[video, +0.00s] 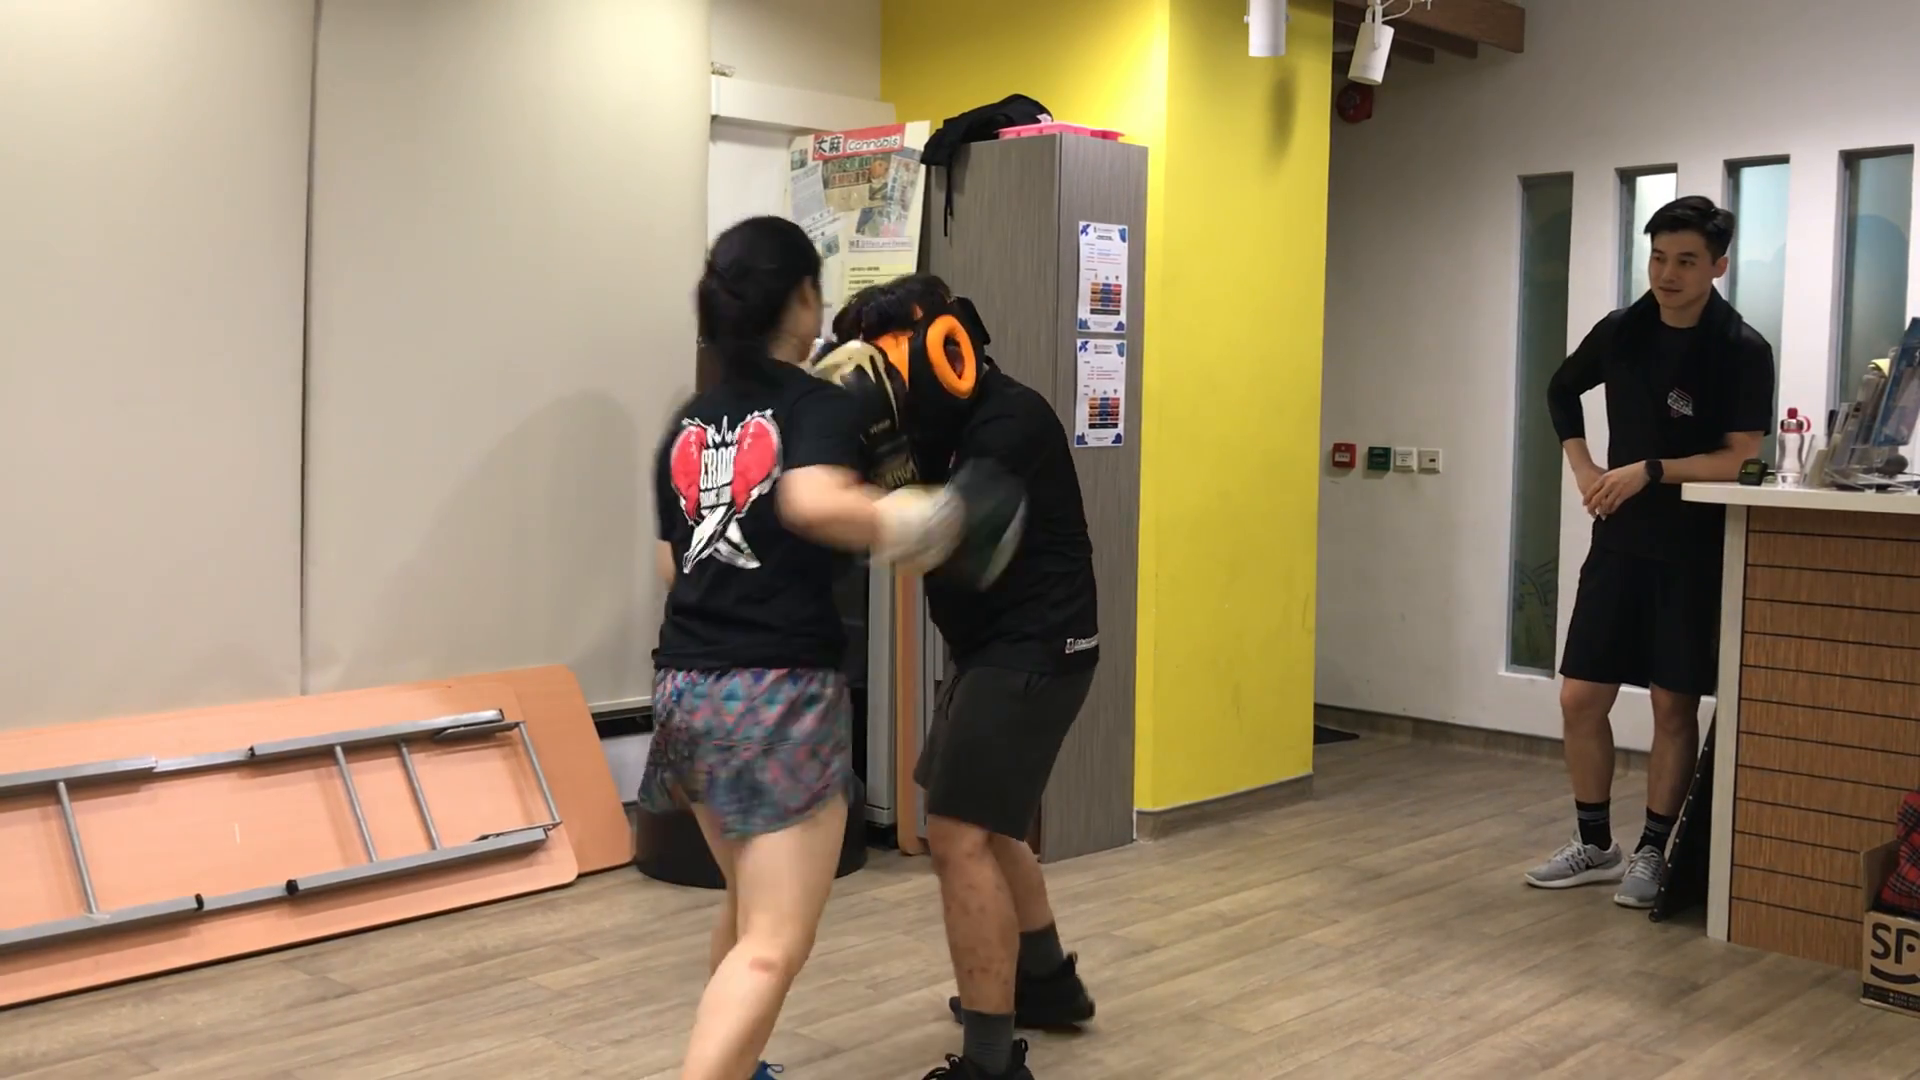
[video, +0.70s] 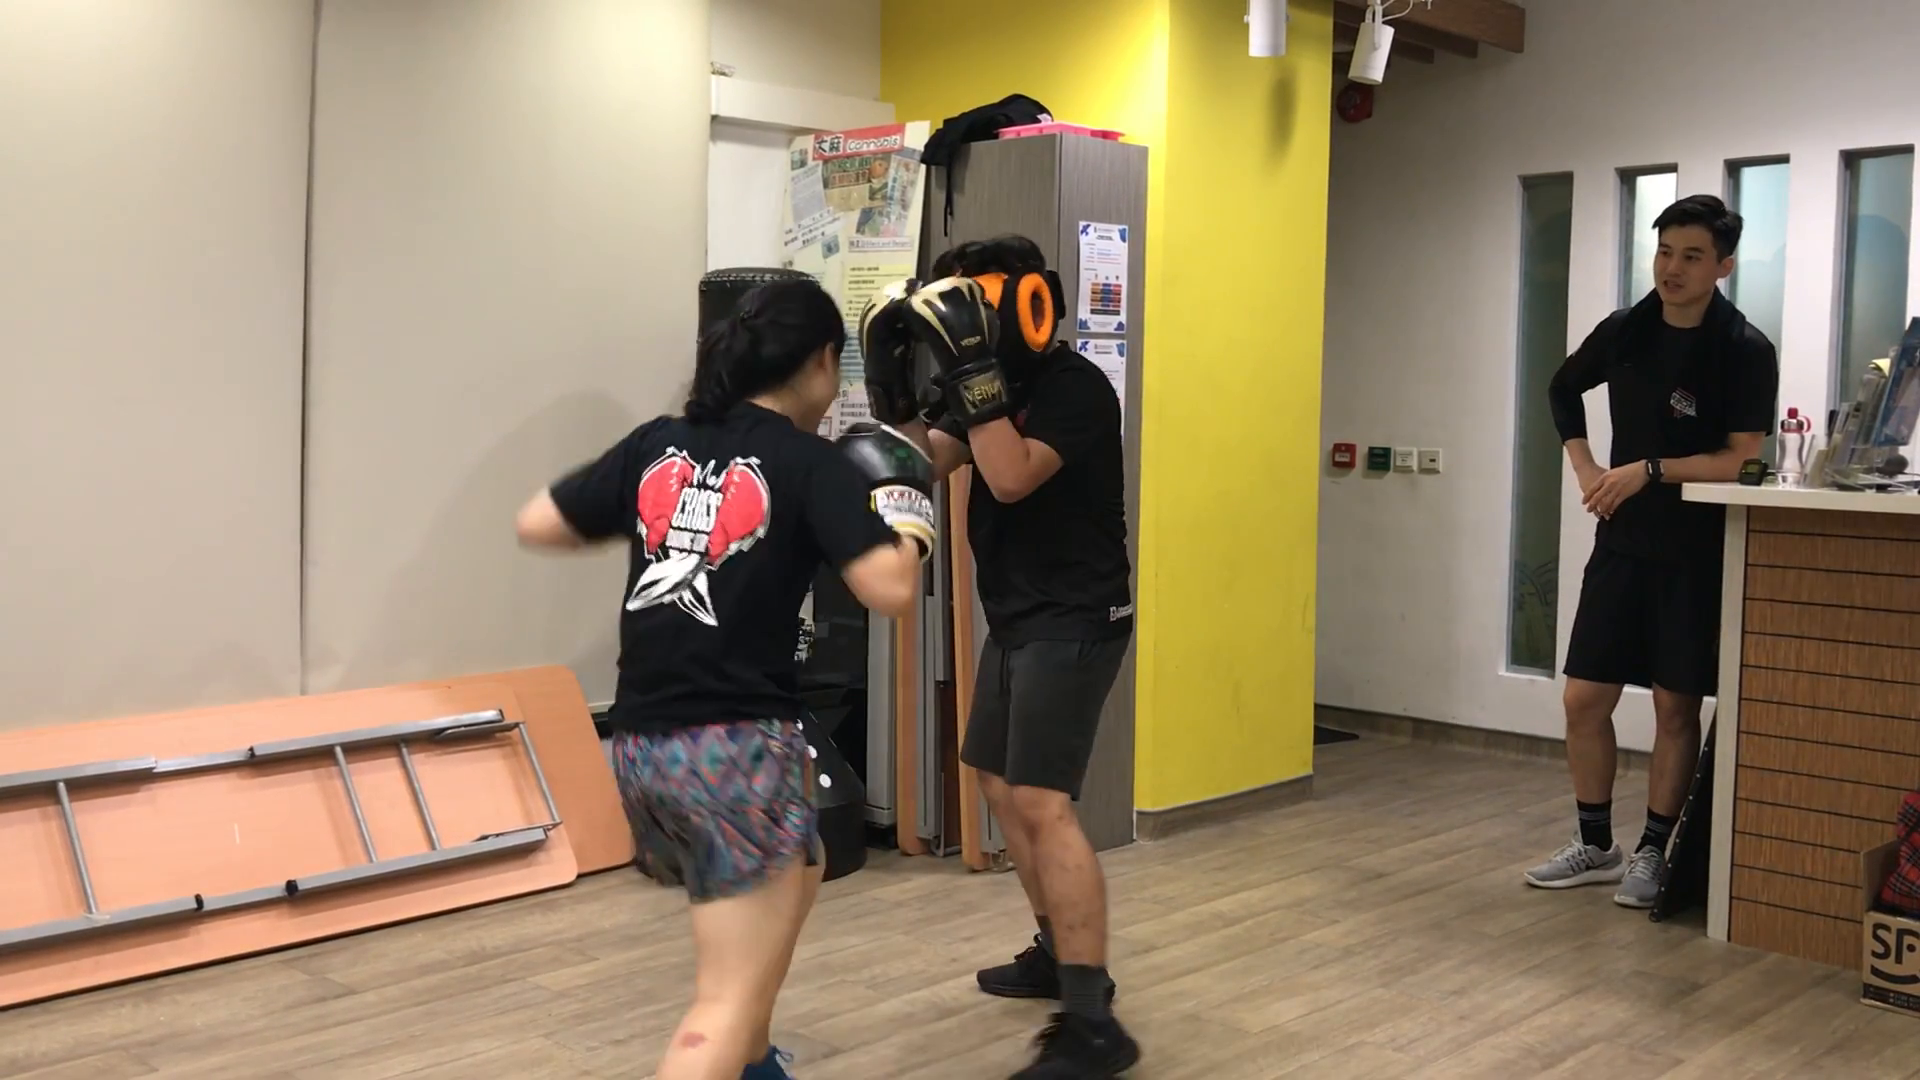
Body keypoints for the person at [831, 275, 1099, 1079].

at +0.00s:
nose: (875, 386)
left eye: (881, 366)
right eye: (869, 369)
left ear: (931, 353)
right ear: (939, 350)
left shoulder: (1010, 420)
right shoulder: (948, 425)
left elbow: (957, 545)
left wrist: (884, 472)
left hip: (1037, 649)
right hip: (997, 646)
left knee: (955, 832)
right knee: (989, 820)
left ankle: (988, 1056)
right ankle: (1046, 980)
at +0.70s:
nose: (964, 322)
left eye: (974, 304)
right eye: (957, 307)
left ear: (1022, 303)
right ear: (983, 315)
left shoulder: (1074, 385)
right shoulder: (997, 389)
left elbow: (1012, 476)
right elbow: (933, 456)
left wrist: (974, 372)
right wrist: (901, 378)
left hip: (1072, 623)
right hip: (1013, 623)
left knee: (1040, 802)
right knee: (995, 779)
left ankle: (1092, 1021)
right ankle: (1057, 949)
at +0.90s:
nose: (977, 369)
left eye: (988, 354)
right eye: (969, 358)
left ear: (1033, 349)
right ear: (972, 365)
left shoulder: (1096, 427)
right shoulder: (992, 422)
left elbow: (1028, 523)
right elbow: (898, 482)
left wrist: (990, 426)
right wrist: (891, 396)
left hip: (1102, 650)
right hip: (1027, 646)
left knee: (1075, 823)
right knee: (989, 792)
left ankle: (1147, 1037)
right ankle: (1063, 954)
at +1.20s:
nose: (1026, 461)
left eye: (1039, 439)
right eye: (1019, 444)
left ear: (1085, 418)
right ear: (1010, 434)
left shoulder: (1145, 457)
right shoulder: (1017, 448)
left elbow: (1111, 582)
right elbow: (950, 544)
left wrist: (1078, 485)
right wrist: (937, 460)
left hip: (1137, 648)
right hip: (1051, 640)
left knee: (1102, 818)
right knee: (994, 791)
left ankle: (1149, 1038)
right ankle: (1082, 888)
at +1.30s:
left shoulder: (1137, 490)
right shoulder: (996, 486)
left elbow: (1129, 626)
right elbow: (961, 604)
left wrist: (1091, 531)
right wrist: (932, 529)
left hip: (1152, 667)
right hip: (1064, 660)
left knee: (1112, 819)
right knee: (990, 804)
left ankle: (1151, 1042)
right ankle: (1075, 909)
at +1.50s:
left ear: (994, 552)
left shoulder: (1085, 556)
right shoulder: (1000, 562)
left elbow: (1053, 688)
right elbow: (955, 657)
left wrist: (977, 608)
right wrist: (902, 604)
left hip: (1176, 691)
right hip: (1085, 693)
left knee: (1103, 817)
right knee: (997, 800)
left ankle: (1153, 1038)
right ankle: (1089, 927)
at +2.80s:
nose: (1217, 279)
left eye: (1221, 259)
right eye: (1217, 261)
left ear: (1247, 261)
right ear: (1330, 262)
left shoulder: (1233, 359)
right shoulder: (1392, 371)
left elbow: (1097, 425)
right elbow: (1385, 511)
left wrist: (1119, 289)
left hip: (1235, 681)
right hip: (1367, 692)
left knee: (1123, 854)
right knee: (1373, 929)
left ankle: (1109, 1072)